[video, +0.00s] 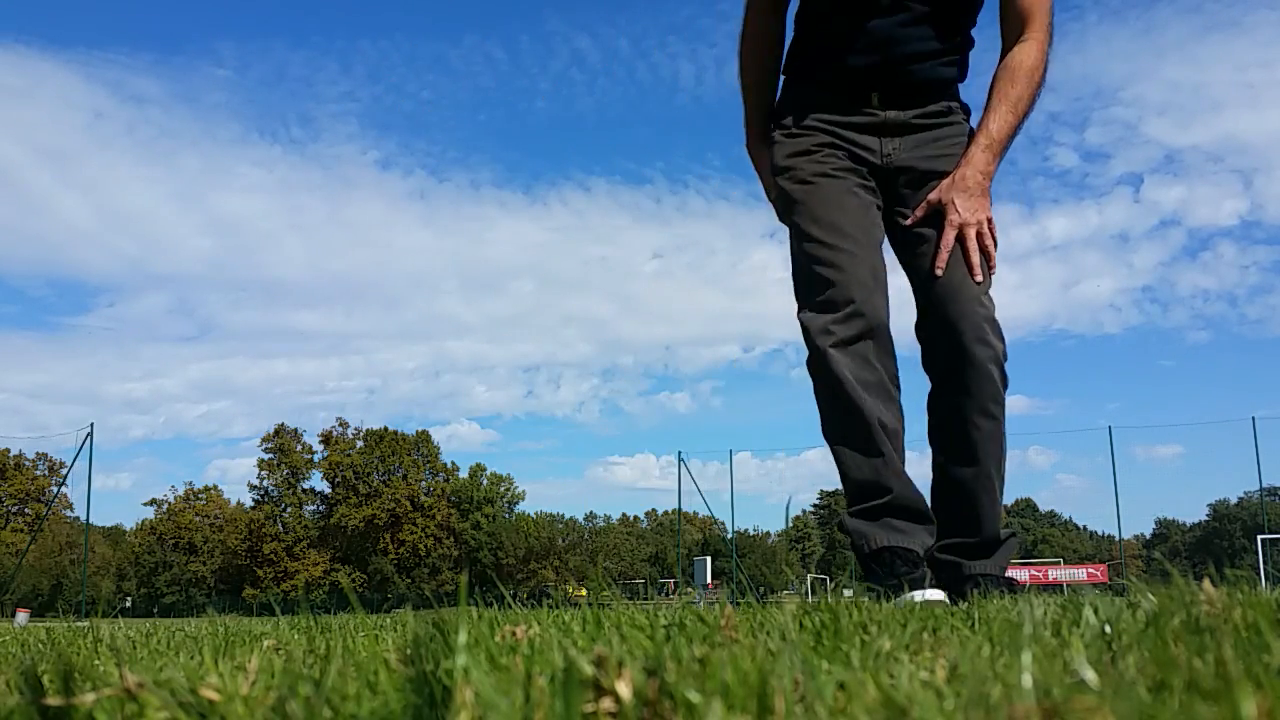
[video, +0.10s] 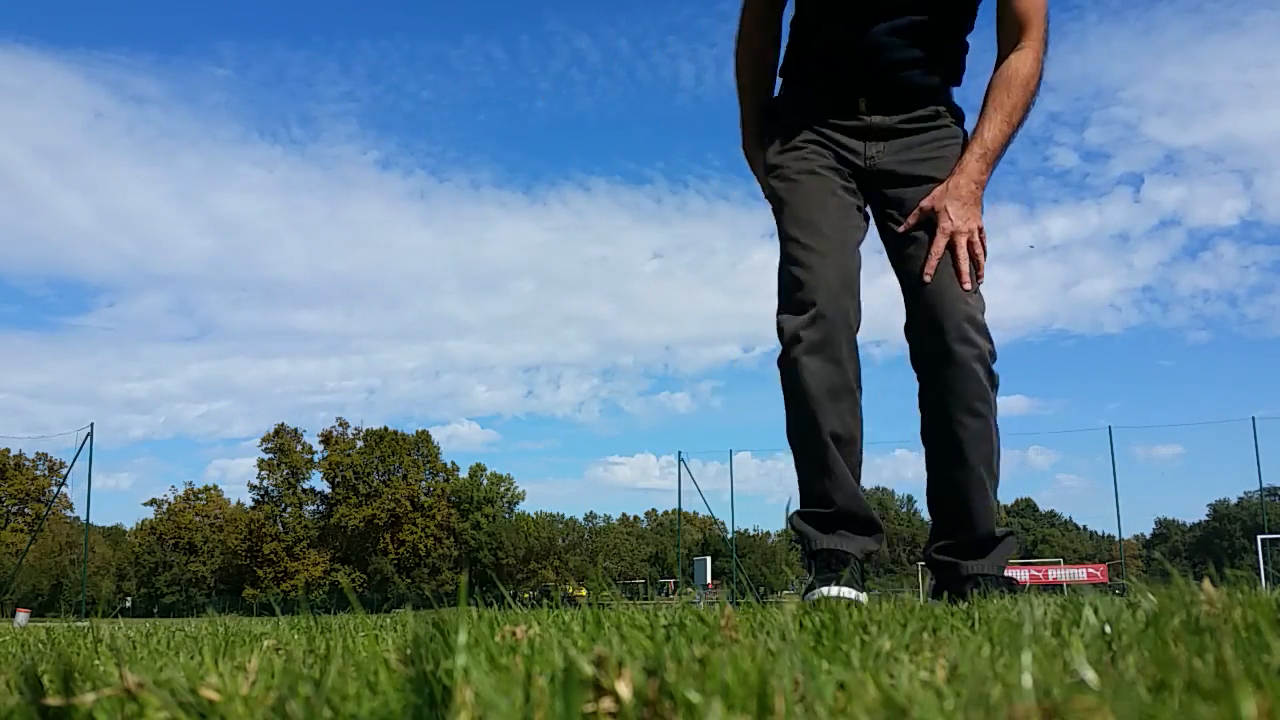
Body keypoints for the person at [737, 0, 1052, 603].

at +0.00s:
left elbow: (1029, 37)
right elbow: (762, 23)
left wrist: (977, 170)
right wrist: (761, 145)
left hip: (933, 124)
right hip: (818, 126)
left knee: (970, 333)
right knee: (850, 324)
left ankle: (974, 564)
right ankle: (896, 561)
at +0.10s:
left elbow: (1025, 45)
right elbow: (759, 21)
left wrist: (970, 178)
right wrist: (756, 140)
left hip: (924, 126)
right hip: (811, 126)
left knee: (956, 326)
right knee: (820, 317)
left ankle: (969, 566)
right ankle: (835, 561)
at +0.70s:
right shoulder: (568, 1)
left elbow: (776, 62)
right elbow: (537, 93)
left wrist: (758, 156)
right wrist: (561, 211)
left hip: (744, 178)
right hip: (635, 189)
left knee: (824, 352)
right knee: (615, 375)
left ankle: (917, 557)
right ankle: (603, 579)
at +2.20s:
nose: (590, 27)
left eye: (603, 10)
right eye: (573, 12)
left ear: (620, 7)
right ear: (541, 9)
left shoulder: (645, 72)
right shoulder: (491, 70)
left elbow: (655, 161)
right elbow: (419, 189)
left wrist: (657, 264)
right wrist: (449, 316)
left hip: (593, 247)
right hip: (500, 250)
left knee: (618, 407)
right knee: (497, 402)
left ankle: (636, 586)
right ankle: (499, 590)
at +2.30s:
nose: (563, 58)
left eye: (577, 39)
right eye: (547, 40)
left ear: (600, 23)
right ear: (517, 25)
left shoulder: (629, 81)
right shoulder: (473, 86)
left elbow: (654, 179)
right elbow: (406, 211)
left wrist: (681, 270)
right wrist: (431, 331)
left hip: (575, 240)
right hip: (486, 245)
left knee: (608, 404)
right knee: (487, 407)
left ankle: (632, 583)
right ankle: (499, 590)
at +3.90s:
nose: (505, 321)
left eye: (527, 296)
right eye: (485, 294)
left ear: (556, 283)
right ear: (456, 276)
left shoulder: (593, 312)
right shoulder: (409, 307)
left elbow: (647, 461)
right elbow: (355, 459)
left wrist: (649, 616)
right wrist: (338, 622)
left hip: (526, 422)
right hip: (432, 417)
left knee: (491, 531)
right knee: (415, 530)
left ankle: (469, 606)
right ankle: (395, 606)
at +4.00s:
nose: (506, 324)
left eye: (527, 302)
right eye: (487, 300)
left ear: (555, 286)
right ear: (457, 279)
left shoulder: (589, 320)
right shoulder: (412, 309)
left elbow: (632, 463)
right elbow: (355, 461)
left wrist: (646, 612)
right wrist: (337, 622)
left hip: (511, 421)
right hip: (424, 415)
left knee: (483, 530)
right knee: (410, 525)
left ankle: (466, 627)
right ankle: (392, 614)